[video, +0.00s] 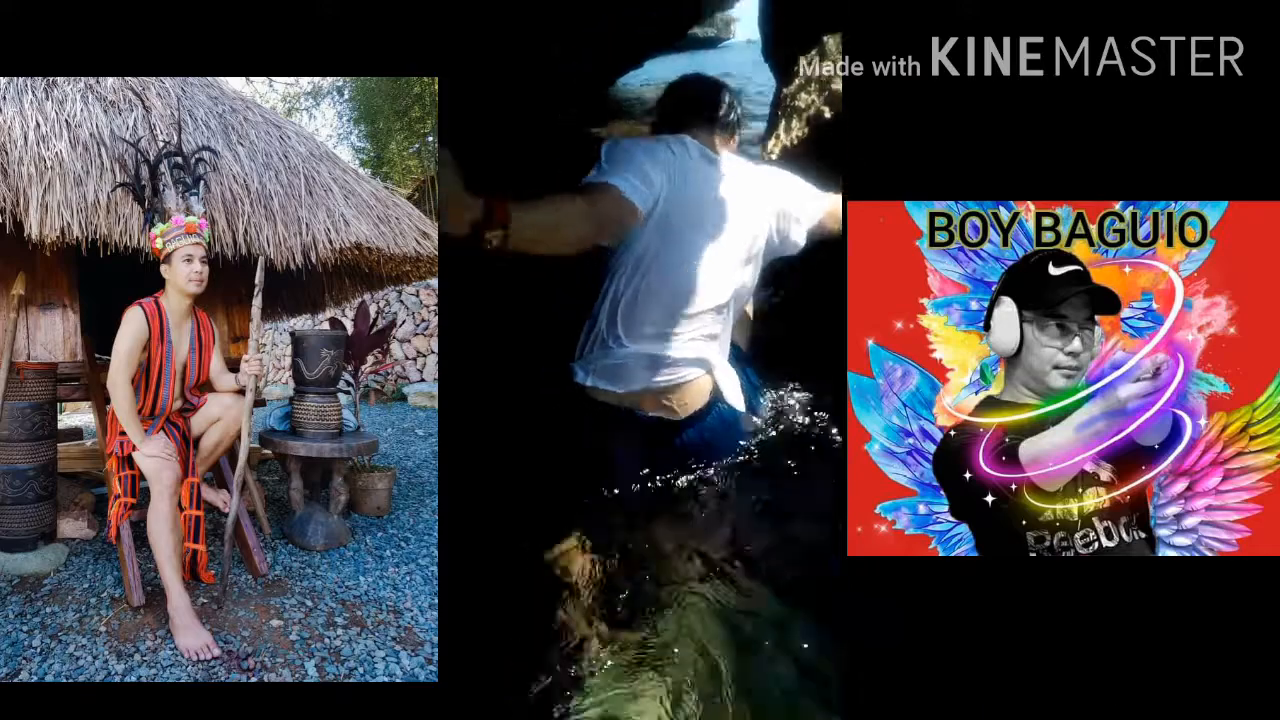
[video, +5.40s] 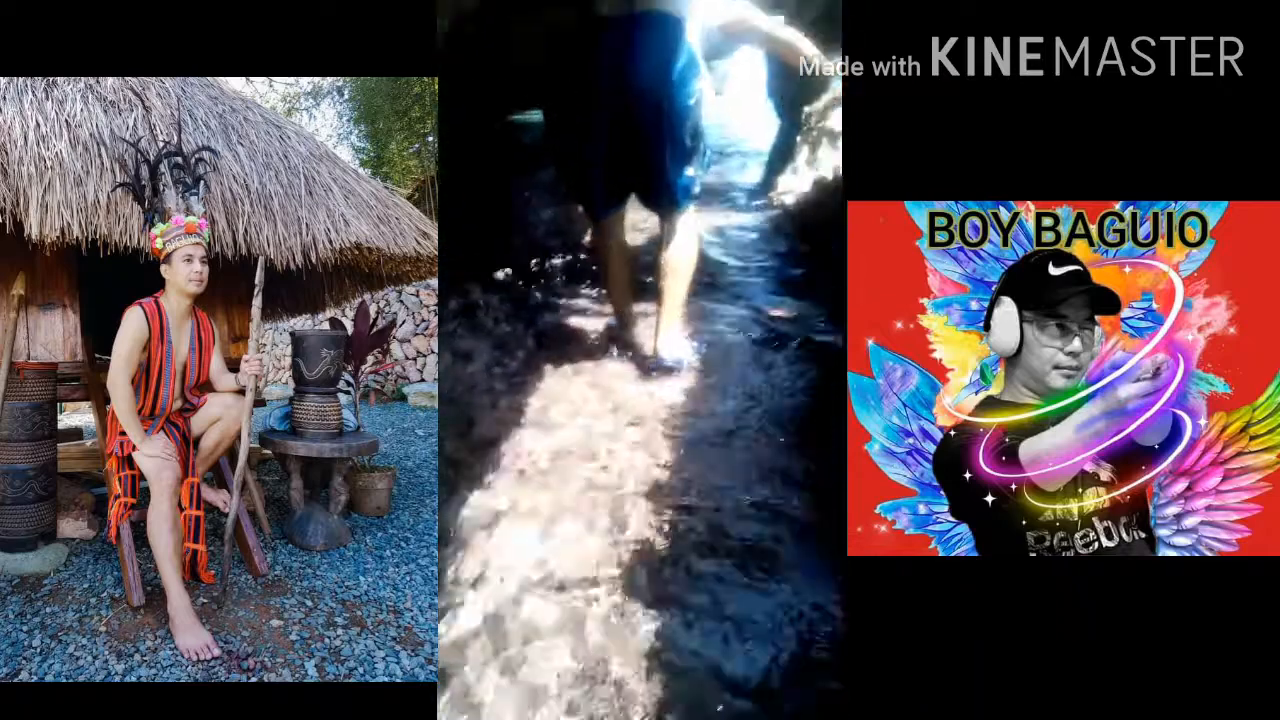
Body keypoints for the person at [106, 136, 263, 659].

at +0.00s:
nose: (198, 269)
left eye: (203, 260)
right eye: (187, 261)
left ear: (207, 267)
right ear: (164, 267)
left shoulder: (205, 322)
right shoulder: (142, 316)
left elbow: (220, 380)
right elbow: (117, 380)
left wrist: (242, 380)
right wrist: (138, 439)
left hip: (181, 419)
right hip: (141, 425)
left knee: (237, 407)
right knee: (169, 476)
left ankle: (191, 478)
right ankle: (179, 605)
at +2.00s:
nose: (198, 268)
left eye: (203, 260)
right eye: (187, 260)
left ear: (207, 266)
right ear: (164, 267)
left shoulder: (206, 324)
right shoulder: (142, 316)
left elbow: (221, 382)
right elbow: (117, 380)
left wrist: (244, 379)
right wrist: (138, 440)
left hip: (180, 420)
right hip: (140, 425)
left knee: (237, 407)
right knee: (169, 476)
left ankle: (191, 479)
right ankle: (179, 606)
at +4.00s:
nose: (198, 268)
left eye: (203, 260)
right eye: (187, 260)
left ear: (208, 267)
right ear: (165, 267)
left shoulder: (206, 324)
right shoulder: (142, 316)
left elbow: (220, 381)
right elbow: (117, 380)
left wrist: (243, 381)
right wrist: (138, 440)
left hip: (180, 419)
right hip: (140, 424)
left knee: (236, 407)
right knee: (169, 476)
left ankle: (191, 478)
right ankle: (179, 605)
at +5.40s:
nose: (199, 268)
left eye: (203, 260)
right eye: (188, 260)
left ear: (207, 266)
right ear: (164, 267)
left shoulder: (206, 323)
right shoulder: (142, 316)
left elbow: (220, 382)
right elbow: (117, 380)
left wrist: (243, 381)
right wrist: (138, 440)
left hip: (181, 419)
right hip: (140, 425)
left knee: (238, 407)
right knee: (168, 477)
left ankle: (191, 479)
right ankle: (179, 607)